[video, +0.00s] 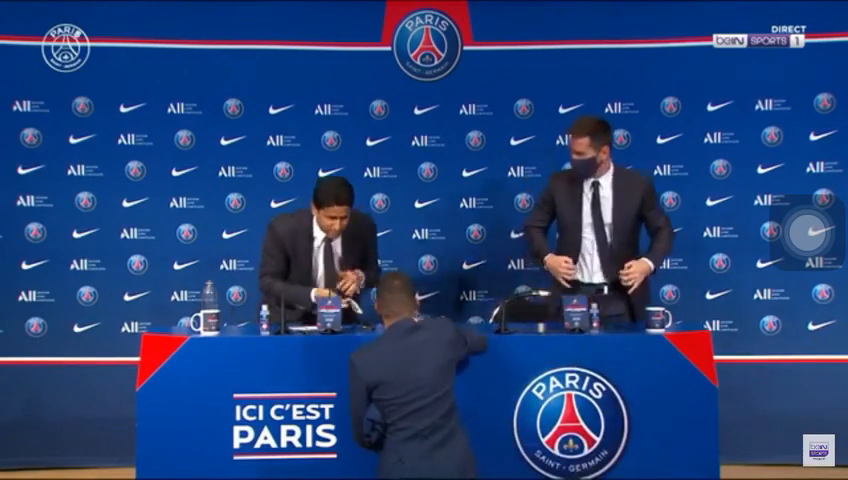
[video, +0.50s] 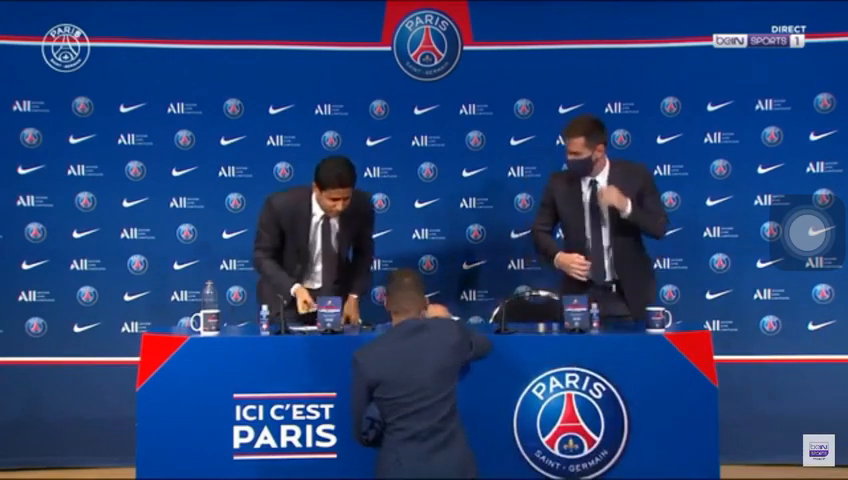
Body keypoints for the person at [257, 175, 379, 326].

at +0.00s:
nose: (337, 226)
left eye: (343, 218)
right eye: (331, 218)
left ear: (350, 212)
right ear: (315, 210)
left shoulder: (363, 226)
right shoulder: (283, 229)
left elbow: (373, 272)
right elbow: (268, 282)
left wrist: (361, 278)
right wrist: (312, 295)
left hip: (346, 326)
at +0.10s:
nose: (339, 220)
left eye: (345, 213)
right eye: (332, 213)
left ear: (351, 206)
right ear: (316, 204)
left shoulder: (362, 219)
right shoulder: (284, 223)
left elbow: (374, 260)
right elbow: (267, 274)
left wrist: (364, 272)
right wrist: (309, 292)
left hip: (343, 320)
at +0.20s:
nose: (339, 214)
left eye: (345, 207)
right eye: (332, 206)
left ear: (352, 199)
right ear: (316, 197)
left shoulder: (363, 214)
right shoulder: (283, 216)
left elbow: (370, 252)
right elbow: (265, 265)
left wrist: (366, 274)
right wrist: (305, 290)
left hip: (342, 314)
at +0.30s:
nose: (339, 211)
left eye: (345, 203)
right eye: (333, 203)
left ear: (352, 196)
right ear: (316, 194)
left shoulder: (361, 209)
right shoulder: (283, 212)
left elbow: (368, 251)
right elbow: (265, 262)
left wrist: (362, 282)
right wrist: (301, 289)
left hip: (339, 310)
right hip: (291, 312)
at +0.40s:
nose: (340, 208)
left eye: (346, 201)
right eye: (334, 201)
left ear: (352, 193)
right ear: (316, 191)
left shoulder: (361, 206)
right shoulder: (281, 207)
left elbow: (366, 254)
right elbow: (264, 259)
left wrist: (358, 295)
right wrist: (296, 288)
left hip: (336, 299)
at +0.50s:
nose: (339, 207)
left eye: (346, 199)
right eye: (333, 200)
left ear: (352, 191)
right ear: (316, 189)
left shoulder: (361, 205)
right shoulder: (280, 206)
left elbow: (364, 255)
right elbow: (262, 257)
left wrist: (354, 296)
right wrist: (294, 288)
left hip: (335, 298)